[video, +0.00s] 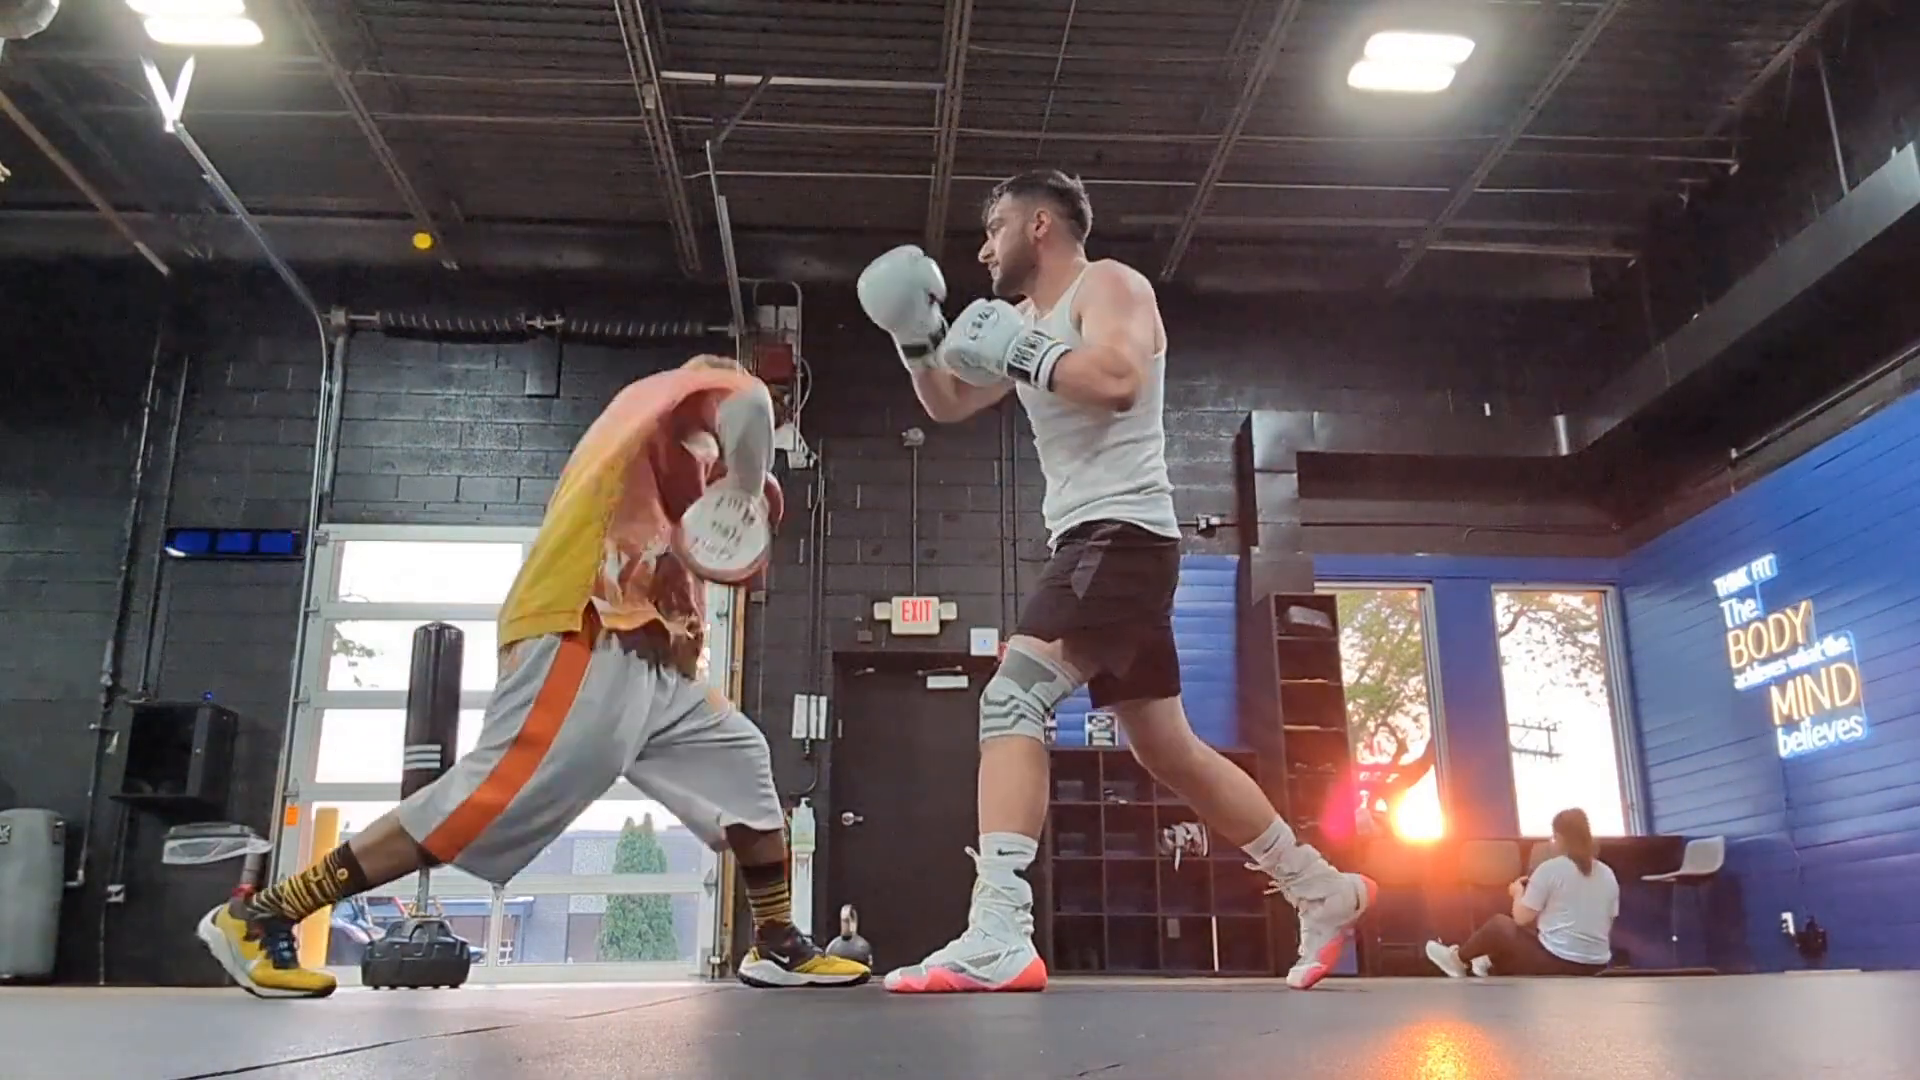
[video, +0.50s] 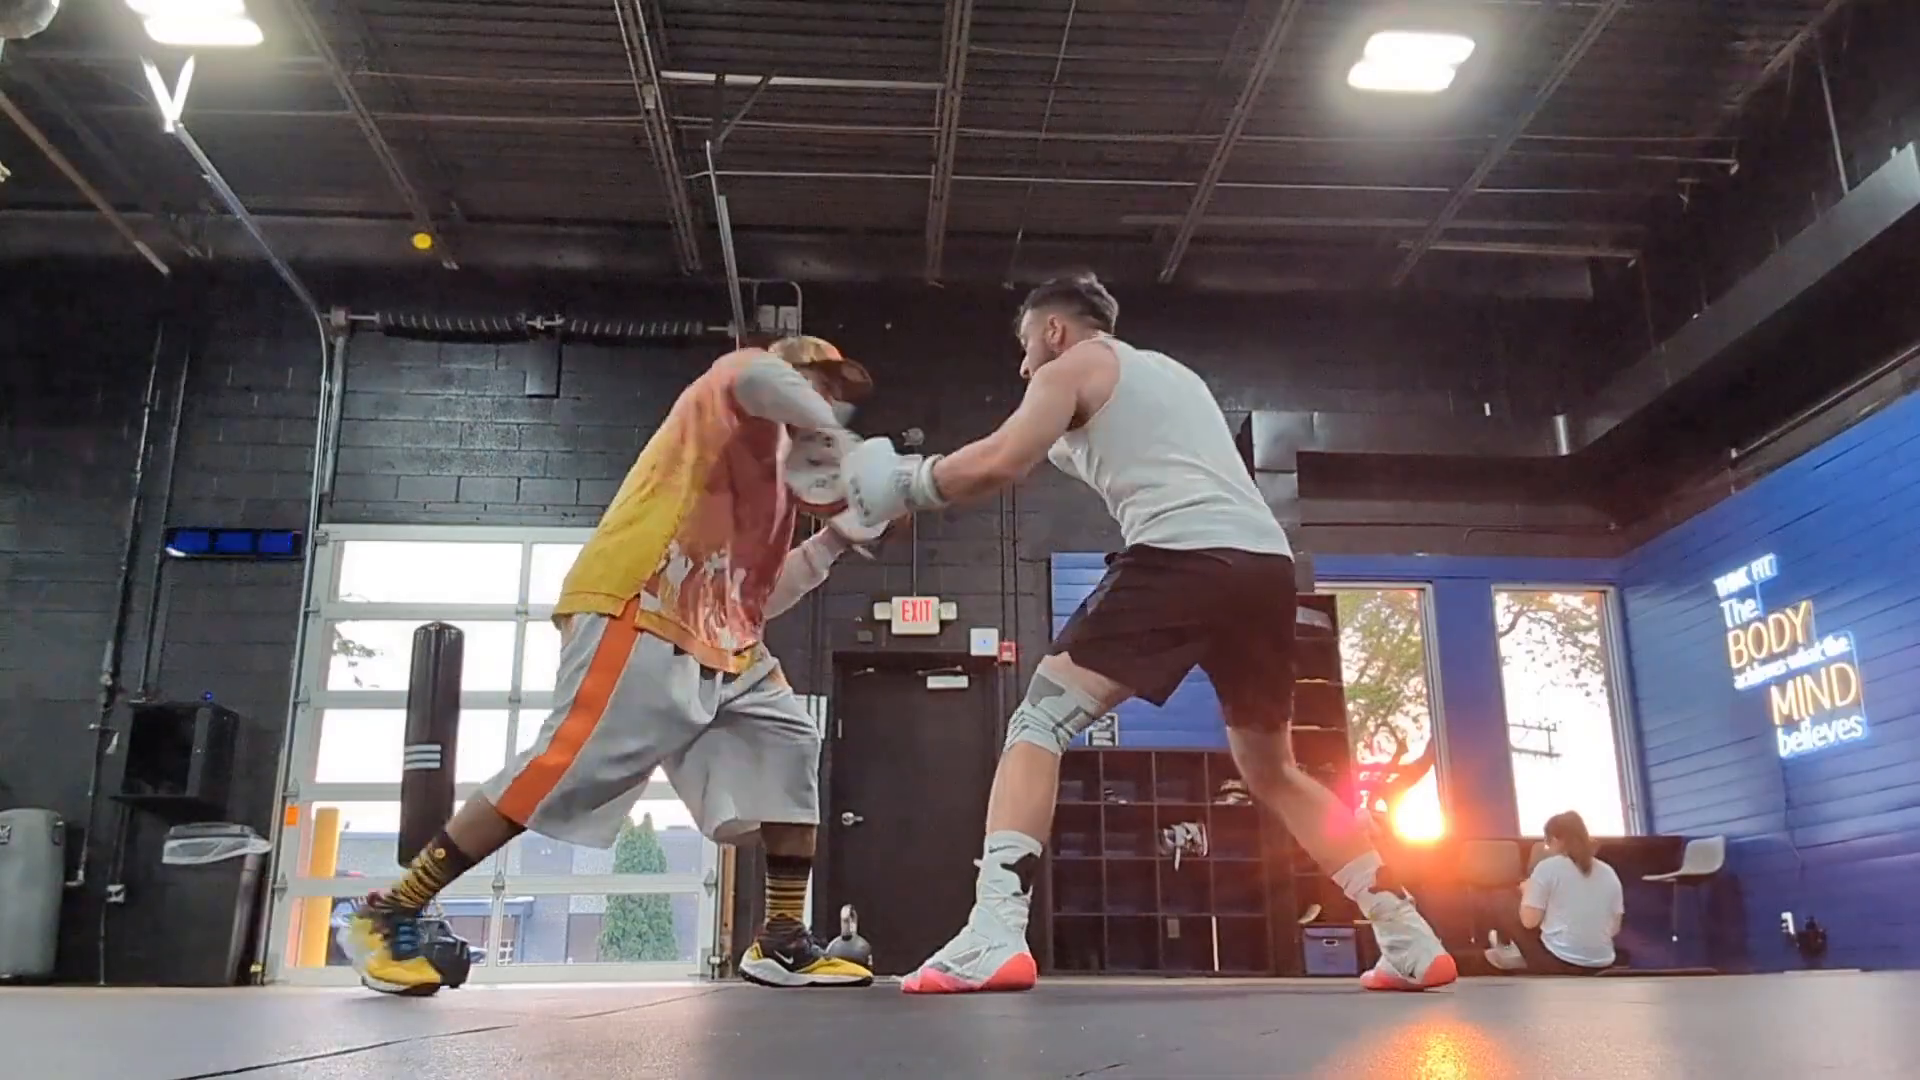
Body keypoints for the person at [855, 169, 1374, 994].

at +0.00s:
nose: (984, 245)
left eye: (995, 227)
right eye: (984, 233)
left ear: (1044, 222)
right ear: (1036, 232)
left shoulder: (1111, 282)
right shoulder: (1021, 318)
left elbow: (1117, 382)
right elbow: (947, 401)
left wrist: (1018, 345)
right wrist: (917, 338)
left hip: (1121, 534)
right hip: (1092, 539)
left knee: (1013, 704)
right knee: (1168, 749)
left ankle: (999, 936)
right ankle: (1323, 889)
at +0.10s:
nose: (997, 258)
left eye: (1005, 238)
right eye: (996, 244)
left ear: (1051, 228)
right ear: (1045, 237)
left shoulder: (1122, 289)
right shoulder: (1051, 334)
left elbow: (1145, 397)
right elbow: (1009, 450)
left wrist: (1036, 371)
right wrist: (968, 375)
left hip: (1131, 538)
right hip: (1133, 545)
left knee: (1017, 703)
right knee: (1175, 749)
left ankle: (999, 934)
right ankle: (1332, 908)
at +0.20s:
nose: (1002, 292)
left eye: (1006, 274)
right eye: (999, 279)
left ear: (1045, 261)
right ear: (1056, 267)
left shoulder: (1115, 320)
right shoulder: (1082, 353)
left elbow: (1165, 427)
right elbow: (1085, 446)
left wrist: (1049, 427)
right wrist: (1012, 368)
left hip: (1156, 552)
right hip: (1201, 563)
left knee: (1007, 703)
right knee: (1216, 776)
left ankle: (1000, 931)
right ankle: (1350, 937)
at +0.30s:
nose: (993, 333)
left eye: (998, 312)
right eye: (991, 316)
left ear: (1035, 299)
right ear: (1074, 301)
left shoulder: (1053, 349)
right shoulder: (1148, 347)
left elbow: (1079, 425)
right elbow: (1180, 462)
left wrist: (991, 484)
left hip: (1153, 555)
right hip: (1239, 560)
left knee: (1019, 722)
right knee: (1240, 768)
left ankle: (987, 919)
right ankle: (1355, 938)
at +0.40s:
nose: (1000, 352)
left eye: (1001, 333)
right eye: (998, 335)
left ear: (1034, 322)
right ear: (1079, 318)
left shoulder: (1043, 370)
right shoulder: (1156, 361)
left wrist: (885, 516)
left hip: (1161, 561)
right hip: (1254, 560)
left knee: (1032, 735)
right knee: (1247, 761)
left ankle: (993, 935)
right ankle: (1366, 928)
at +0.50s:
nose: (1027, 364)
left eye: (1027, 348)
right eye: (1024, 352)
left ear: (1057, 326)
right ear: (1101, 322)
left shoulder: (1077, 363)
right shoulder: (1178, 377)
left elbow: (1001, 463)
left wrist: (906, 482)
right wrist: (914, 487)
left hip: (1178, 557)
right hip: (1270, 568)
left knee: (1040, 724)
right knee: (1271, 771)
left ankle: (992, 929)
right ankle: (1404, 933)